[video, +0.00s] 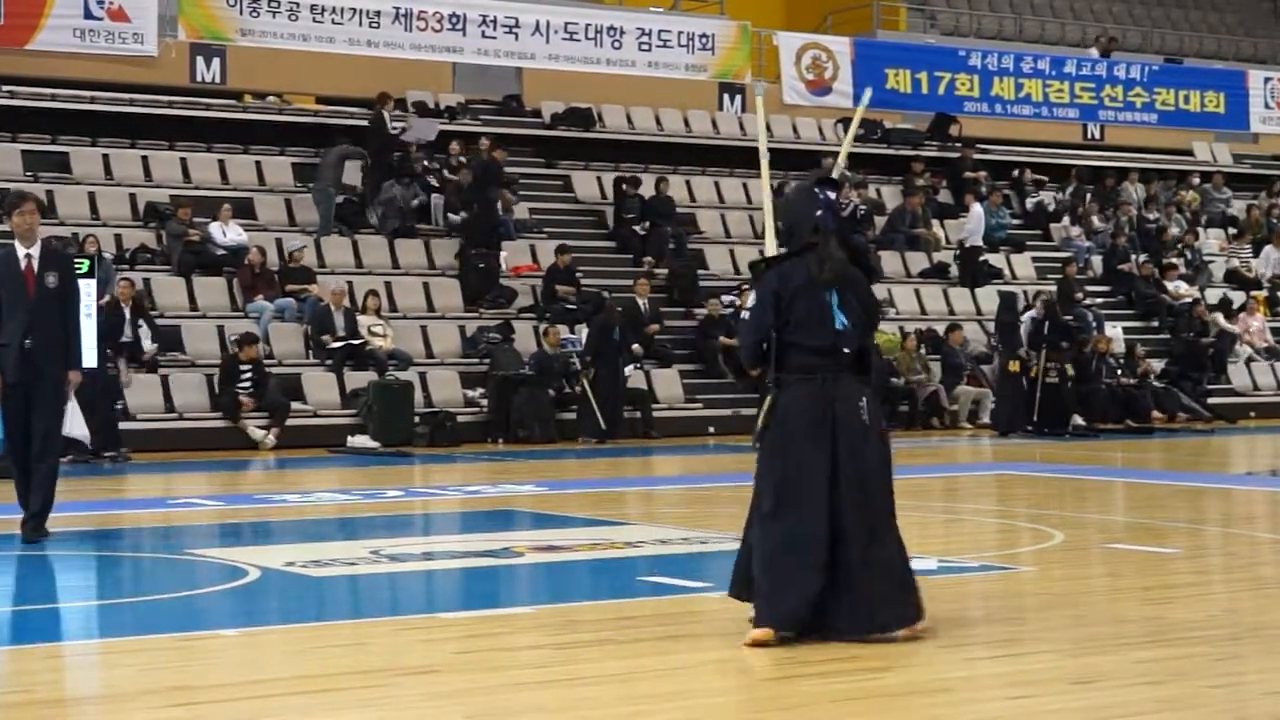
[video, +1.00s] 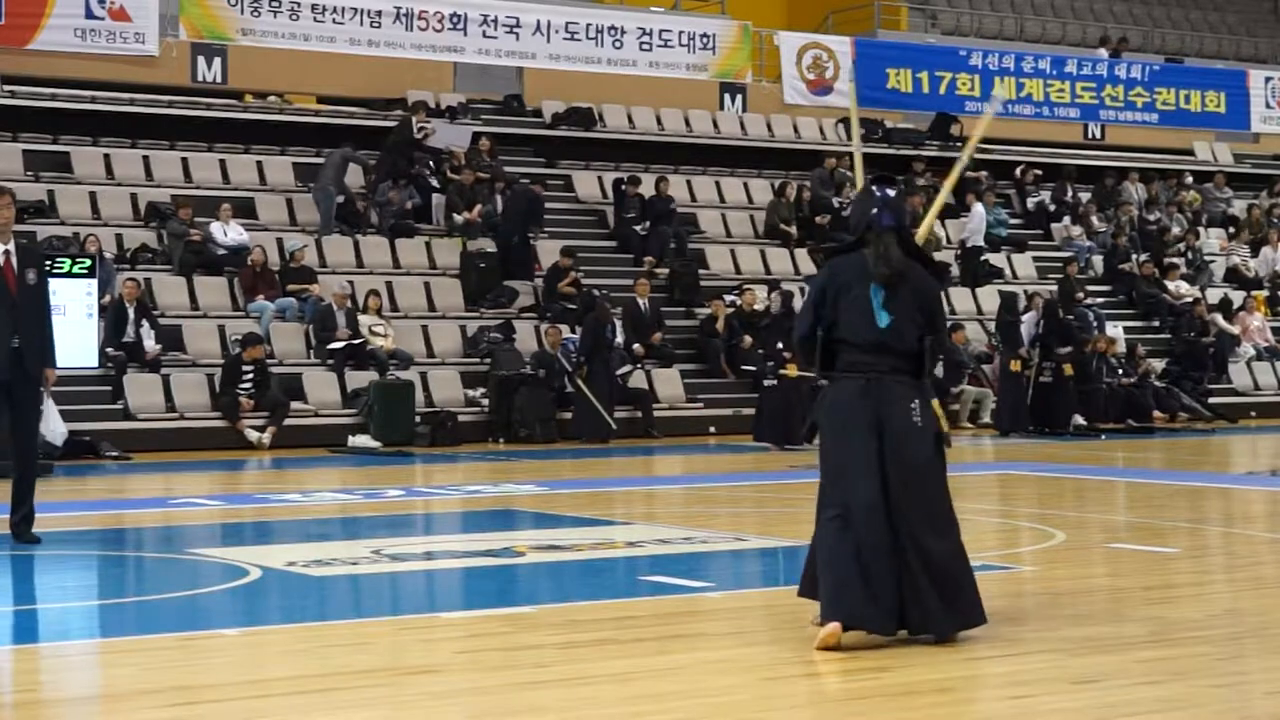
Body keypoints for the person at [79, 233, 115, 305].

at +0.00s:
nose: (92, 245)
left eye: (94, 243)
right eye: (89, 243)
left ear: (98, 245)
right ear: (83, 245)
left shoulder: (105, 263)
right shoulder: (77, 262)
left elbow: (111, 280)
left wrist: (107, 295)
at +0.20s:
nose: (93, 245)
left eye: (95, 242)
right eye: (90, 243)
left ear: (98, 245)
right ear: (84, 245)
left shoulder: (105, 263)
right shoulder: (78, 262)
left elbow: (111, 280)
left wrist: (107, 295)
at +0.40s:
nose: (93, 244)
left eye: (95, 242)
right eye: (90, 242)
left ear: (99, 244)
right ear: (84, 245)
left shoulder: (106, 262)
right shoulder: (80, 262)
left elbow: (112, 279)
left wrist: (108, 295)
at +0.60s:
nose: (93, 244)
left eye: (95, 241)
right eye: (90, 242)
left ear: (99, 244)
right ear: (84, 245)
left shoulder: (106, 263)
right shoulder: (79, 262)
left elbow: (112, 280)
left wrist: (108, 295)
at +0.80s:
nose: (93, 244)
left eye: (95, 241)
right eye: (90, 241)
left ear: (99, 244)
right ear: (84, 245)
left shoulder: (106, 263)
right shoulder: (79, 262)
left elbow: (112, 279)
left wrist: (108, 294)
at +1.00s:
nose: (93, 244)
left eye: (95, 241)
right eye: (89, 242)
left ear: (99, 244)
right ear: (84, 245)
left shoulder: (106, 263)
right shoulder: (79, 262)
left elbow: (111, 279)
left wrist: (108, 294)